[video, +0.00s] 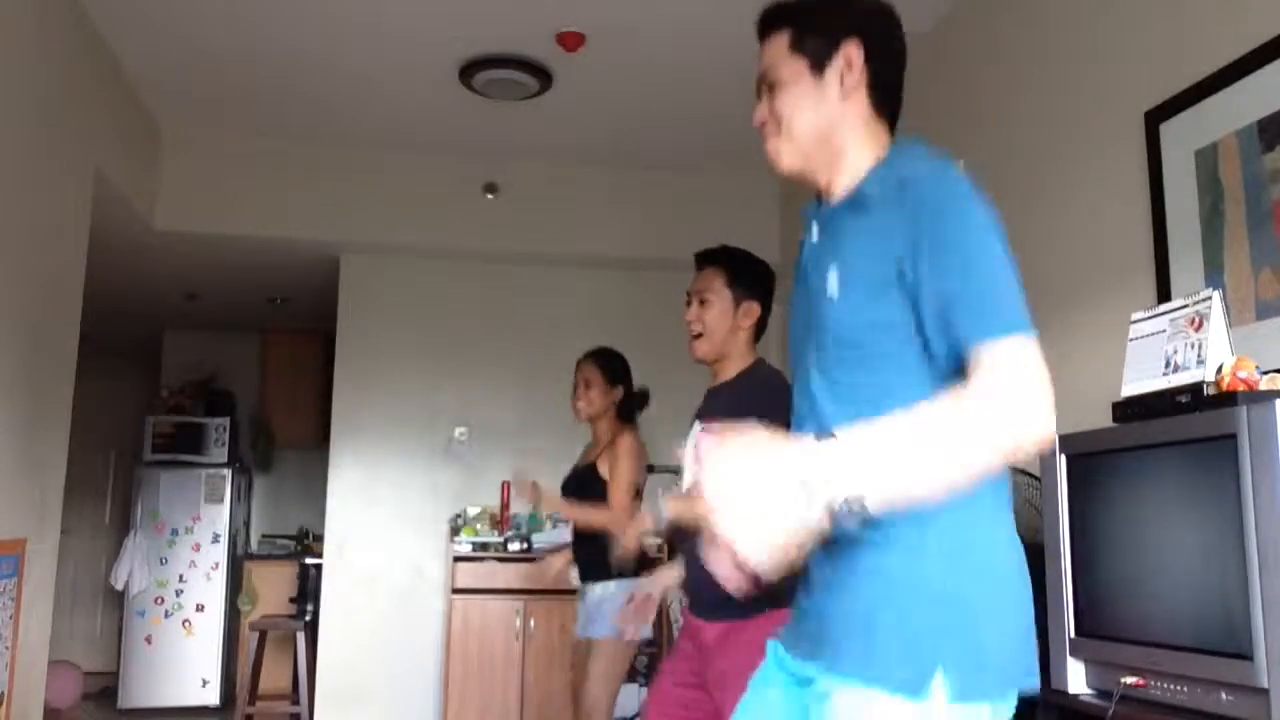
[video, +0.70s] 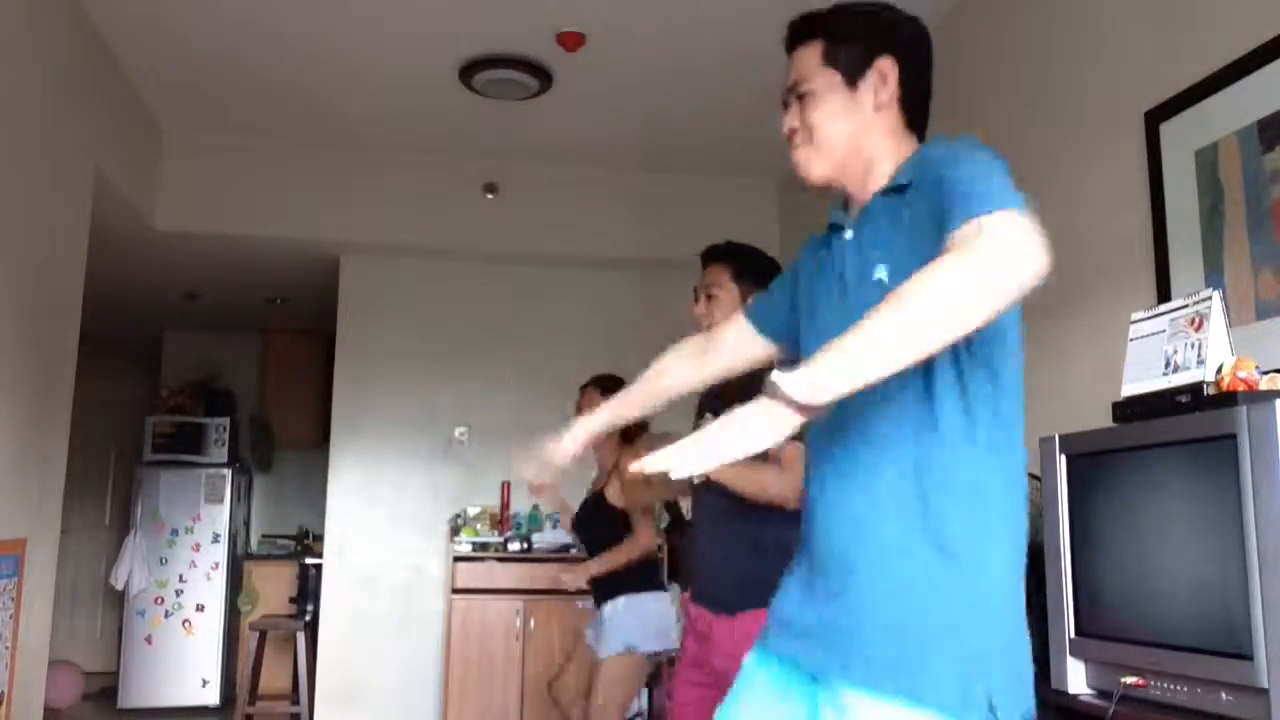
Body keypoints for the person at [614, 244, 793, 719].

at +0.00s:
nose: (690, 316)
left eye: (704, 302)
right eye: (689, 303)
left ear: (748, 314)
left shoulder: (767, 394)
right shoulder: (715, 397)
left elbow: (766, 515)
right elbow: (718, 515)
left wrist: (669, 512)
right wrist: (664, 579)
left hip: (756, 629)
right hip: (700, 625)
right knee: (662, 713)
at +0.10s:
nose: (688, 305)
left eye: (701, 290)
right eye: (687, 292)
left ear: (746, 299)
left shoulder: (778, 384)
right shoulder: (708, 389)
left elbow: (800, 481)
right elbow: (718, 504)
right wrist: (663, 512)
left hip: (755, 618)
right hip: (693, 612)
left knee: (751, 712)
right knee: (656, 713)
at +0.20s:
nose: (687, 302)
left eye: (700, 288)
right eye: (686, 288)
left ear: (745, 296)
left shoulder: (777, 374)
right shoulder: (712, 383)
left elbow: (812, 481)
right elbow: (696, 491)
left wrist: (746, 454)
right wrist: (623, 435)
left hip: (751, 608)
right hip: (695, 607)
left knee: (749, 714)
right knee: (674, 714)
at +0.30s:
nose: (688, 313)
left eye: (701, 299)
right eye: (689, 300)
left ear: (747, 311)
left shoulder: (759, 398)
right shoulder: (712, 399)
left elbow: (763, 508)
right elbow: (704, 506)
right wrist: (645, 485)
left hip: (738, 605)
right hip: (701, 603)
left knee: (731, 712)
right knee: (691, 712)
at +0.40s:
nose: (701, 319)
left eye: (711, 307)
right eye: (701, 308)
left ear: (750, 322)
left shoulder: (779, 409)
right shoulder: (716, 410)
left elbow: (806, 527)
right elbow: (711, 517)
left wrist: (741, 599)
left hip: (757, 630)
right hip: (703, 625)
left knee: (745, 713)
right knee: (688, 713)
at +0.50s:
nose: (694, 332)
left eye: (707, 319)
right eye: (694, 319)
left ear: (752, 328)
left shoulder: (784, 417)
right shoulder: (723, 417)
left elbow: (801, 528)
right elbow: (715, 525)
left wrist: (705, 554)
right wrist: (681, 614)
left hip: (764, 643)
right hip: (713, 636)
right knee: (667, 713)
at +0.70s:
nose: (698, 311)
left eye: (711, 295)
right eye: (697, 297)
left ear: (755, 299)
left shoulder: (789, 378)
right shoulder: (717, 390)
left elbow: (791, 487)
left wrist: (706, 462)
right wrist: (661, 472)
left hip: (761, 611)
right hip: (703, 605)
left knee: (752, 712)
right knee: (686, 712)